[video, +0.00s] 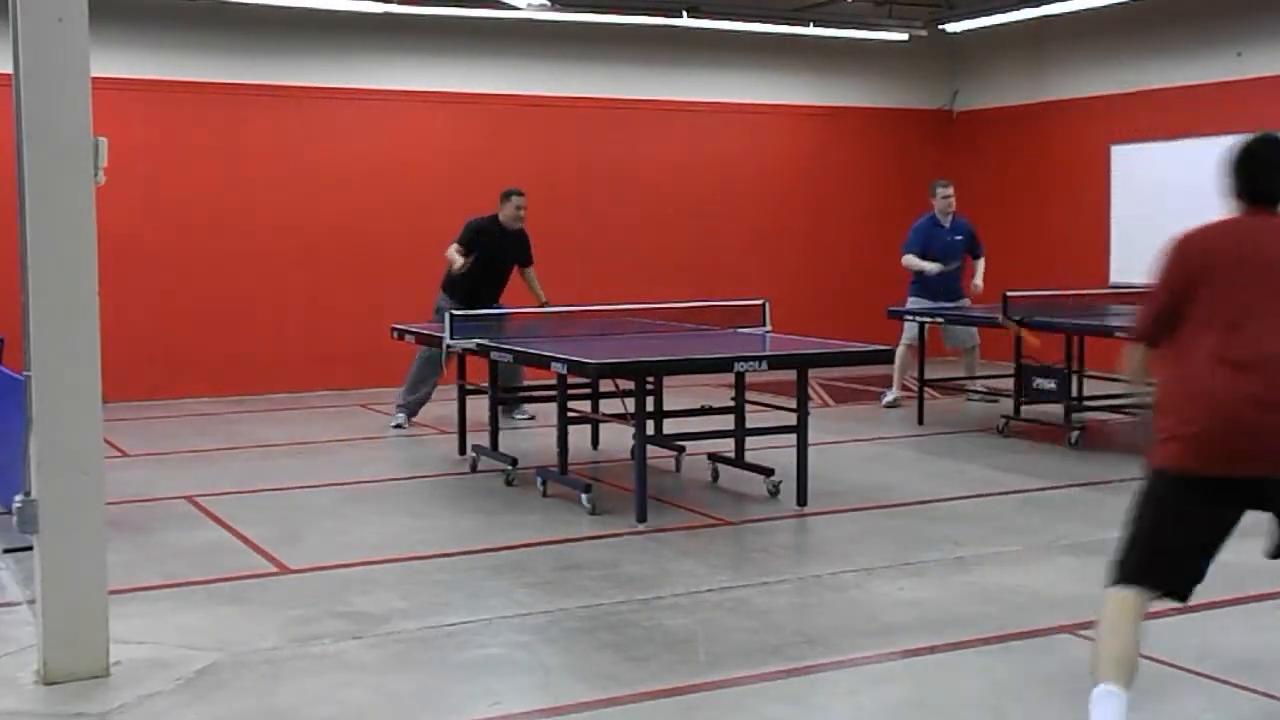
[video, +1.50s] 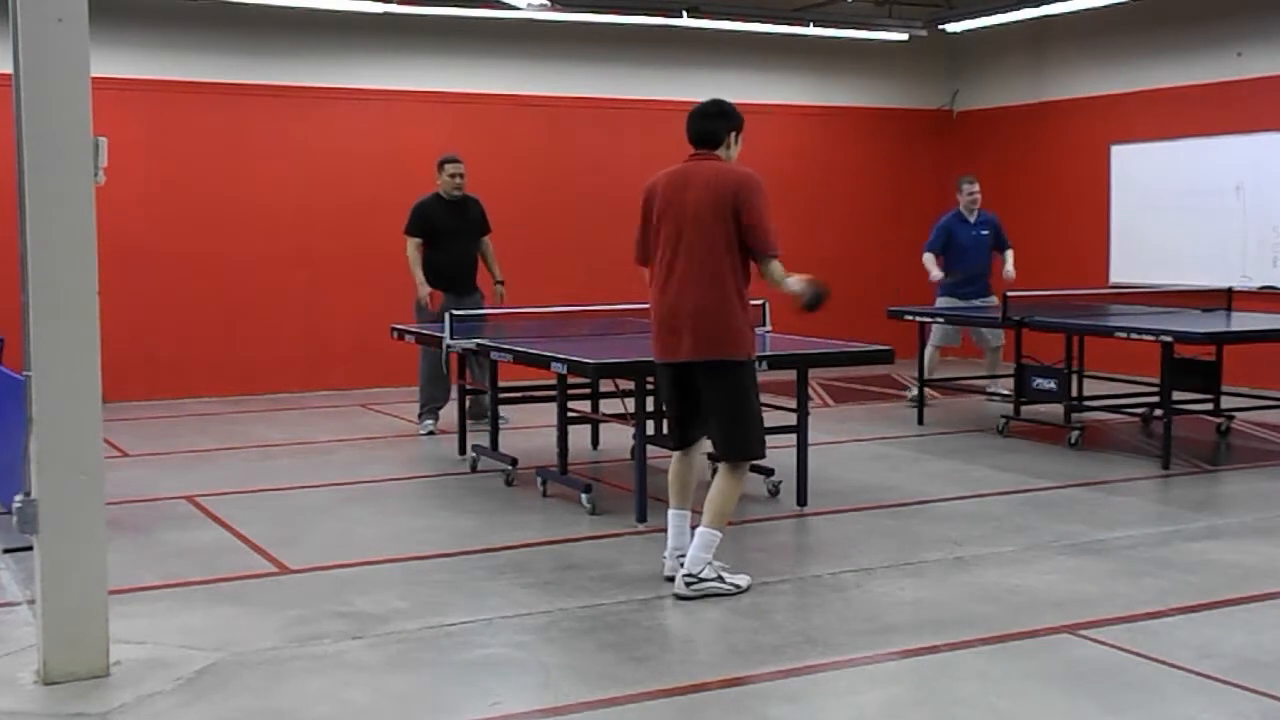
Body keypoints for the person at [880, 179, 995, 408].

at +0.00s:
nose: (951, 201)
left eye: (952, 197)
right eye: (945, 198)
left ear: (956, 198)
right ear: (933, 201)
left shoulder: (964, 228)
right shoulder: (921, 228)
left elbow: (978, 255)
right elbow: (907, 258)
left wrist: (978, 278)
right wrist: (926, 266)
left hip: (955, 297)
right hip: (922, 297)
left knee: (971, 343)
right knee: (908, 342)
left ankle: (973, 387)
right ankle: (896, 390)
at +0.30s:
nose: (952, 189)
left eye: (956, 186)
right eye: (948, 185)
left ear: (961, 189)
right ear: (938, 185)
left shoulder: (964, 216)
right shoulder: (923, 216)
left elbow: (968, 250)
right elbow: (904, 245)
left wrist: (941, 262)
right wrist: (878, 262)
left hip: (954, 292)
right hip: (923, 290)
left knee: (959, 345)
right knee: (913, 340)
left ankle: (960, 391)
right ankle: (913, 387)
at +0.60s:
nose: (935, 192)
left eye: (938, 188)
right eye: (931, 187)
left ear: (942, 191)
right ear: (919, 189)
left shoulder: (951, 215)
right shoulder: (907, 220)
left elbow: (961, 248)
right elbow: (903, 254)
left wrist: (932, 240)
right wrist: (926, 253)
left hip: (949, 291)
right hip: (919, 292)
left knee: (956, 343)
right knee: (913, 344)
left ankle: (959, 390)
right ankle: (912, 387)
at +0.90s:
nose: (941, 191)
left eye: (944, 186)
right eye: (936, 187)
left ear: (946, 189)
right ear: (924, 190)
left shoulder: (954, 215)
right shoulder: (913, 219)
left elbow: (965, 240)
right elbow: (908, 253)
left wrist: (966, 259)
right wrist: (937, 253)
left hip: (954, 289)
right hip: (923, 292)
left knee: (969, 338)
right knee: (914, 344)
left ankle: (981, 384)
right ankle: (913, 387)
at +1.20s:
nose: (972, 196)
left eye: (973, 191)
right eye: (966, 192)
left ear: (975, 194)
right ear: (953, 195)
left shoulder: (978, 221)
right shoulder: (942, 223)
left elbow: (984, 251)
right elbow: (929, 255)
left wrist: (992, 269)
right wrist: (951, 263)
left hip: (974, 293)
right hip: (945, 295)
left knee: (989, 340)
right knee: (928, 345)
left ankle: (993, 384)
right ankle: (914, 387)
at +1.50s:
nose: (975, 197)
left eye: (977, 193)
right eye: (970, 194)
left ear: (981, 194)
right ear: (959, 196)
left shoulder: (990, 222)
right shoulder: (948, 223)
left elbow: (1006, 248)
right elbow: (928, 252)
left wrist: (1009, 265)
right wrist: (934, 270)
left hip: (983, 295)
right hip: (951, 295)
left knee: (996, 343)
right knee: (935, 343)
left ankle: (992, 385)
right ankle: (920, 386)